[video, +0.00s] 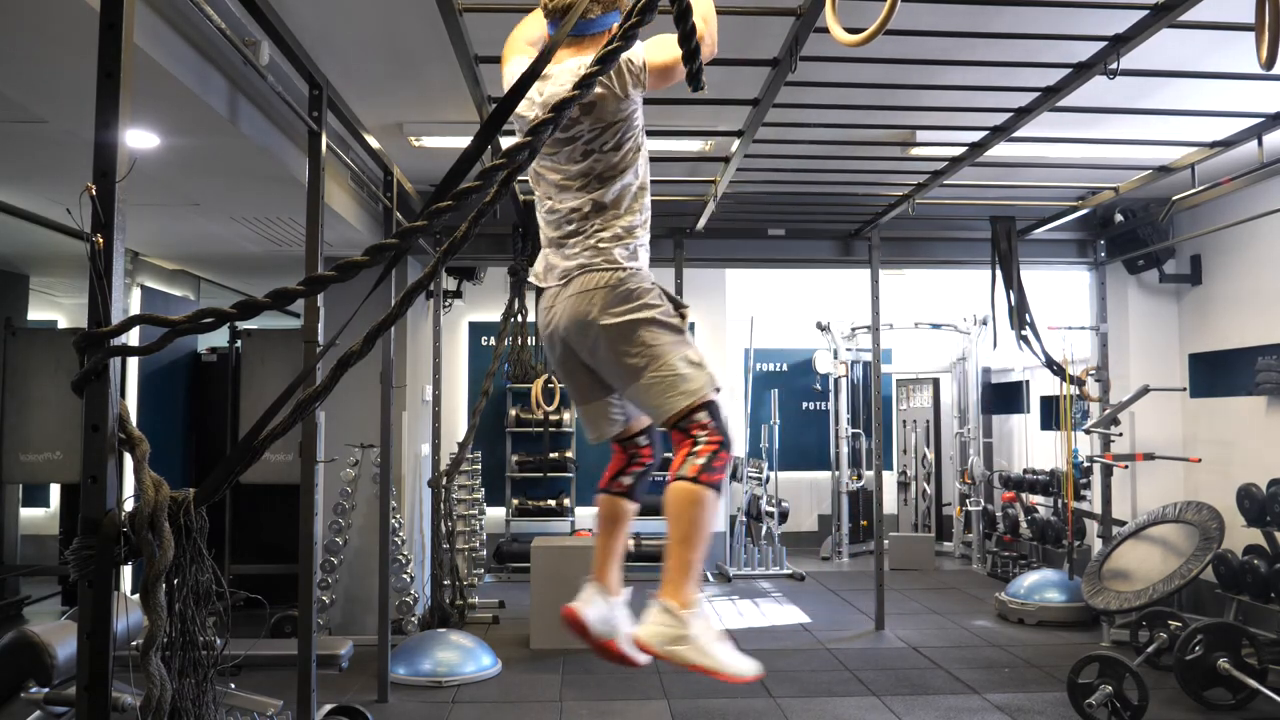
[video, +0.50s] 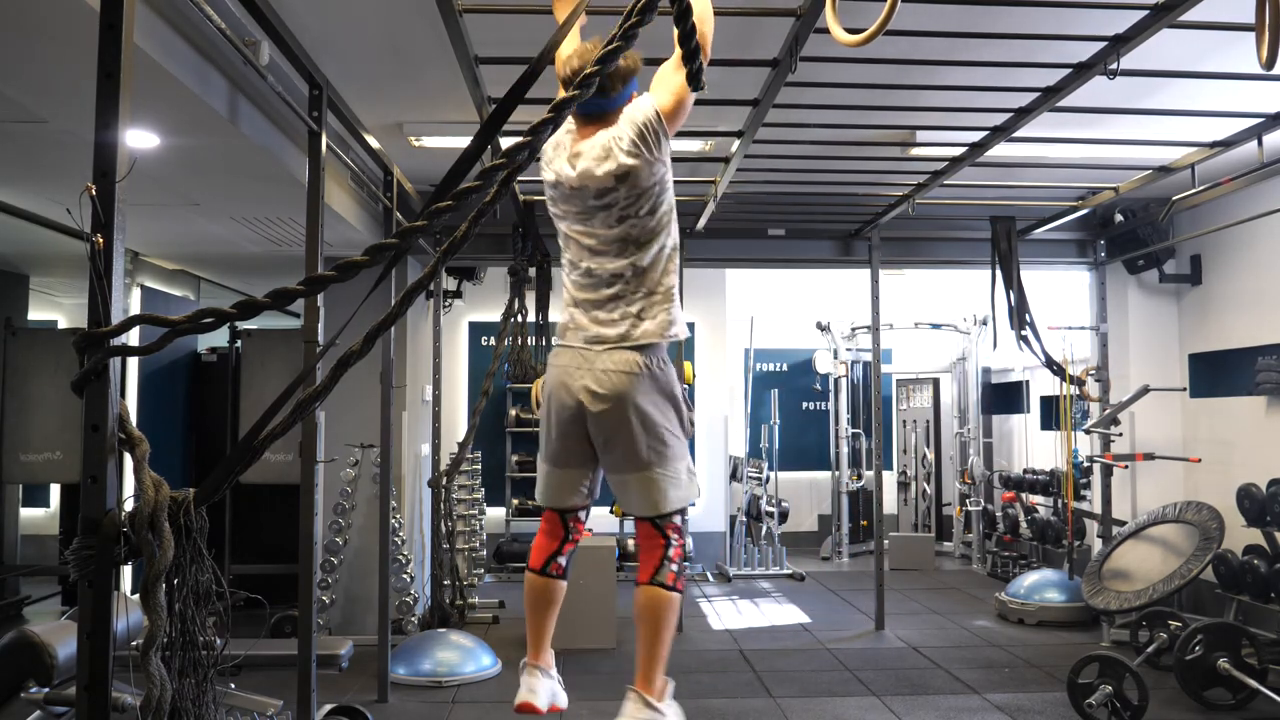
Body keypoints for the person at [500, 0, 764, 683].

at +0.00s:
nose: (625, 24)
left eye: (620, 19)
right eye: (624, 17)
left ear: (558, 21)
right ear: (618, 16)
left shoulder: (527, 75)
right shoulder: (619, 69)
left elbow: (527, 34)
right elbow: (704, 41)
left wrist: (573, 1)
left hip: (553, 303)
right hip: (612, 287)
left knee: (633, 443)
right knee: (703, 435)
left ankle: (602, 594)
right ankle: (677, 611)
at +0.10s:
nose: (621, 28)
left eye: (617, 22)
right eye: (617, 20)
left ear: (553, 26)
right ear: (609, 25)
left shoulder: (521, 102)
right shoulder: (616, 75)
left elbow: (537, 61)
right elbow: (696, 49)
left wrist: (562, 21)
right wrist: (694, 2)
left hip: (542, 302)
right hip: (603, 290)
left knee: (596, 452)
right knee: (667, 448)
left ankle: (560, 601)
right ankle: (626, 621)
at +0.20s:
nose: (620, 35)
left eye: (616, 30)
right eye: (615, 27)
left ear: (548, 35)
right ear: (606, 34)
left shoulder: (519, 108)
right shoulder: (616, 83)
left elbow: (538, 63)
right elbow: (695, 50)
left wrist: (560, 25)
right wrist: (690, 0)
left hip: (540, 310)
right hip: (602, 303)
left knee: (570, 469)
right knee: (648, 470)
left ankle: (535, 614)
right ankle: (603, 639)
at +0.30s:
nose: (623, 45)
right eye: (618, 39)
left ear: (548, 56)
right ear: (604, 52)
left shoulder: (523, 124)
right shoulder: (619, 98)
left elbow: (544, 74)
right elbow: (697, 47)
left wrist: (560, 34)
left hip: (546, 335)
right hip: (613, 333)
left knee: (558, 487)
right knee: (639, 493)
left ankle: (525, 636)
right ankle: (600, 666)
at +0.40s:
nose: (631, 76)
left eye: (623, 68)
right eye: (626, 68)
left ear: (560, 81)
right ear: (611, 76)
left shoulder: (539, 143)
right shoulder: (628, 115)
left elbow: (551, 89)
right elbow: (698, 45)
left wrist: (565, 40)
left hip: (555, 350)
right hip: (623, 350)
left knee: (555, 503)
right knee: (647, 517)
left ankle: (529, 655)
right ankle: (616, 686)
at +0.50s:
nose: (644, 89)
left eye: (631, 80)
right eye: (638, 81)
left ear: (572, 95)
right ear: (628, 94)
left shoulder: (556, 156)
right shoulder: (641, 137)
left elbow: (569, 67)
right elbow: (697, 50)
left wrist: (570, 15)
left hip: (566, 364)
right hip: (633, 366)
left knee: (556, 524)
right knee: (661, 533)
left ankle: (537, 672)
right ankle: (648, 693)